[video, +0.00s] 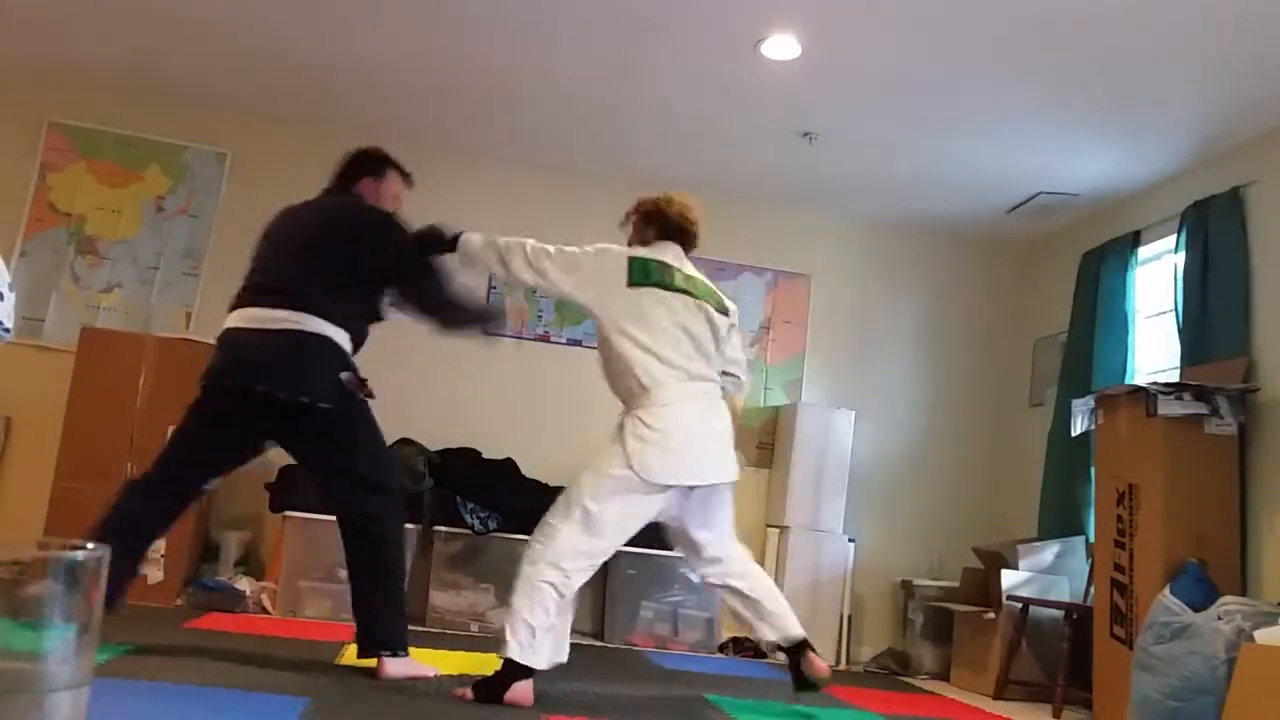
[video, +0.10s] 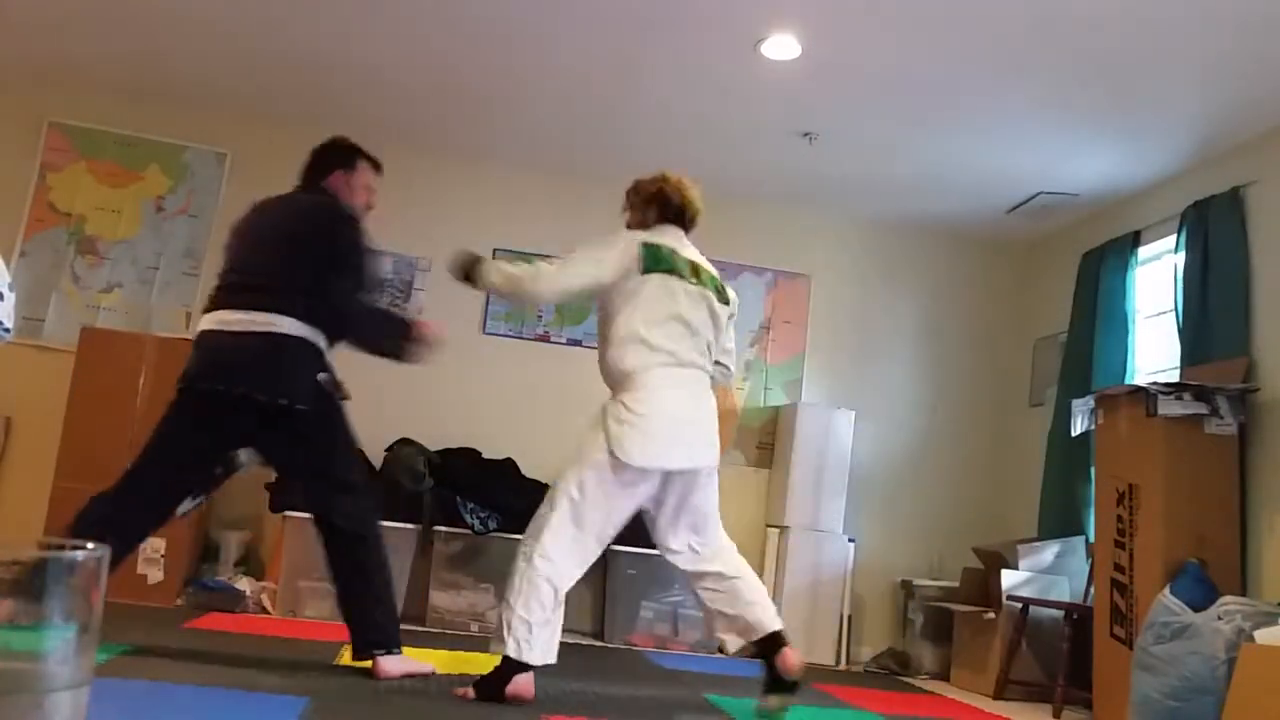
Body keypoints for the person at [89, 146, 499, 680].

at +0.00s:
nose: (402, 206)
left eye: (404, 195)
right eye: (399, 193)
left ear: (349, 187)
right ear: (371, 186)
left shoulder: (292, 218)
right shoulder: (379, 228)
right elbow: (437, 300)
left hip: (237, 367)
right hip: (312, 376)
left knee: (165, 484)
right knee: (373, 508)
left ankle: (80, 597)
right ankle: (386, 650)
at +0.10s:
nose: (372, 200)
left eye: (375, 189)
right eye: (369, 186)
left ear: (317, 177)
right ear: (340, 176)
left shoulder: (260, 214)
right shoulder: (336, 220)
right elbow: (339, 307)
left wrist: (377, 318)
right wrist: (405, 334)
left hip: (215, 366)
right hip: (287, 374)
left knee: (144, 491)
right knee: (350, 504)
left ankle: (37, 593)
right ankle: (381, 649)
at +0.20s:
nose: (346, 187)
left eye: (349, 176)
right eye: (343, 173)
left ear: (289, 165)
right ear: (312, 164)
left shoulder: (235, 204)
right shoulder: (307, 210)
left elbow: (256, 280)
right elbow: (318, 291)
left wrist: (331, 253)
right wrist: (360, 274)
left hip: (193, 361)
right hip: (266, 369)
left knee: (131, 490)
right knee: (329, 505)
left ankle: (29, 599)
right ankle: (369, 642)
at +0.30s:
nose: (333, 179)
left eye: (337, 169)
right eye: (330, 164)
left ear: (281, 154)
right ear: (295, 152)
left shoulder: (228, 189)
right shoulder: (284, 192)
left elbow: (256, 271)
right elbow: (288, 277)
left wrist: (324, 234)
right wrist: (362, 241)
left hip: (177, 346)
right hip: (239, 352)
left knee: (133, 484)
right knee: (314, 480)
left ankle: (39, 598)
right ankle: (332, 629)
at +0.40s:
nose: (332, 178)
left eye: (337, 167)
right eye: (330, 162)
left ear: (285, 151)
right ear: (295, 150)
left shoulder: (222, 187)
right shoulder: (276, 190)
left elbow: (260, 286)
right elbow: (282, 278)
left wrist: (322, 245)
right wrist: (359, 266)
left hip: (170, 340)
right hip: (231, 347)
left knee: (125, 483)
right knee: (300, 478)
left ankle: (28, 599)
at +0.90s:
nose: (326, 180)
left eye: (331, 168)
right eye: (321, 163)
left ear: (277, 159)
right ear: (284, 154)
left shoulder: (224, 193)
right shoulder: (255, 193)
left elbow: (265, 317)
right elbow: (244, 276)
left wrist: (326, 268)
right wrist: (315, 225)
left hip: (155, 337)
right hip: (207, 348)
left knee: (111, 484)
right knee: (276, 490)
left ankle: (12, 586)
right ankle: (260, 643)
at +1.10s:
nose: (265, 178)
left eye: (268, 167)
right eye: (258, 164)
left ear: (212, 162)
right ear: (223, 156)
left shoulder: (167, 204)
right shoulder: (236, 213)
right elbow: (289, 286)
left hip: (106, 349)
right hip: (171, 359)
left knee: (67, 474)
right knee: (250, 492)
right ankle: (261, 640)